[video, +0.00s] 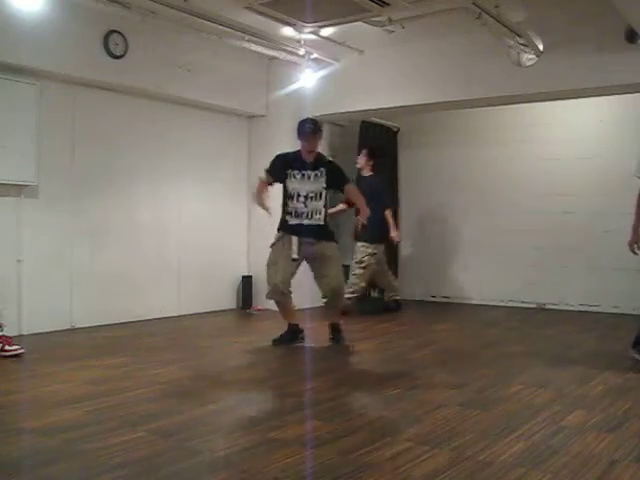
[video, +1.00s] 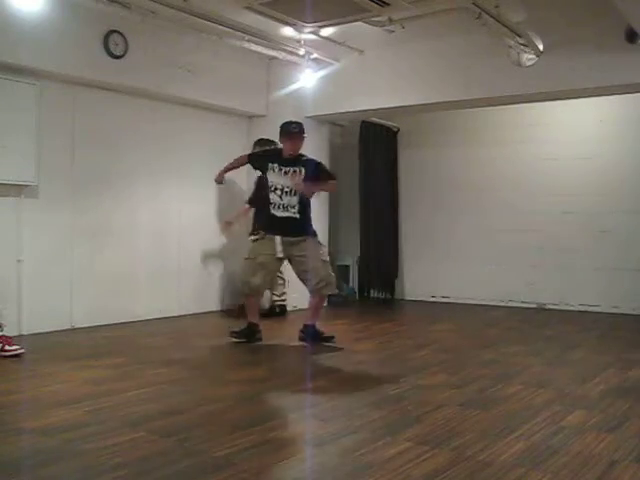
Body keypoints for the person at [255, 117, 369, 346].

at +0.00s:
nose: (310, 150)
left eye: (314, 145)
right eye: (306, 145)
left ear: (320, 140)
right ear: (299, 140)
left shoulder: (329, 167)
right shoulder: (284, 162)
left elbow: (349, 189)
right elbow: (264, 183)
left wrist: (363, 209)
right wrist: (262, 200)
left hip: (320, 238)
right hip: (289, 237)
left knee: (335, 287)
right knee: (276, 285)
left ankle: (335, 327)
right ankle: (293, 328)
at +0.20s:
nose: (299, 144)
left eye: (303, 139)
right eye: (295, 139)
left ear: (310, 137)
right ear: (288, 137)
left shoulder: (320, 159)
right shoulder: (275, 153)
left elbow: (348, 176)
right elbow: (240, 155)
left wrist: (333, 175)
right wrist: (256, 161)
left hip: (313, 234)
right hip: (281, 234)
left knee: (330, 282)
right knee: (276, 286)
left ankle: (318, 326)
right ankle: (290, 326)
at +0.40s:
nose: (294, 142)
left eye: (297, 138)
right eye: (290, 138)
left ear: (302, 136)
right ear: (280, 134)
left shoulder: (306, 155)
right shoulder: (265, 150)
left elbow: (317, 183)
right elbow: (249, 176)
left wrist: (315, 209)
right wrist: (254, 207)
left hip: (301, 222)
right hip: (275, 222)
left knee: (308, 275)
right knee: (279, 275)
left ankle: (307, 327)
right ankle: (263, 324)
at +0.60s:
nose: (292, 142)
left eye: (295, 137)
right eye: (287, 137)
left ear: (300, 139)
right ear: (279, 138)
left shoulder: (302, 168)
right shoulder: (262, 163)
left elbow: (286, 197)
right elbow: (242, 189)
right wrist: (223, 211)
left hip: (294, 236)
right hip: (264, 234)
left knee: (299, 283)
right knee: (250, 278)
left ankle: (304, 326)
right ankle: (255, 327)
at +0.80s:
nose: (292, 147)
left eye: (294, 142)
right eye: (287, 142)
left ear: (298, 141)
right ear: (276, 142)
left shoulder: (304, 165)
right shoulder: (267, 158)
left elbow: (315, 187)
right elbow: (246, 164)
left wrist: (293, 178)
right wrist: (224, 168)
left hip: (294, 236)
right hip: (262, 236)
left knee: (315, 280)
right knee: (242, 280)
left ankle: (307, 327)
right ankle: (252, 327)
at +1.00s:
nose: (295, 144)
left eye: (299, 140)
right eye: (291, 139)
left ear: (303, 140)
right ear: (282, 139)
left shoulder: (310, 165)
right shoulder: (268, 157)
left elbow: (332, 184)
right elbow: (245, 159)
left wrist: (310, 187)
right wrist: (223, 171)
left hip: (301, 236)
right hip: (268, 235)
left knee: (322, 280)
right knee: (251, 280)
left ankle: (309, 327)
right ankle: (252, 326)